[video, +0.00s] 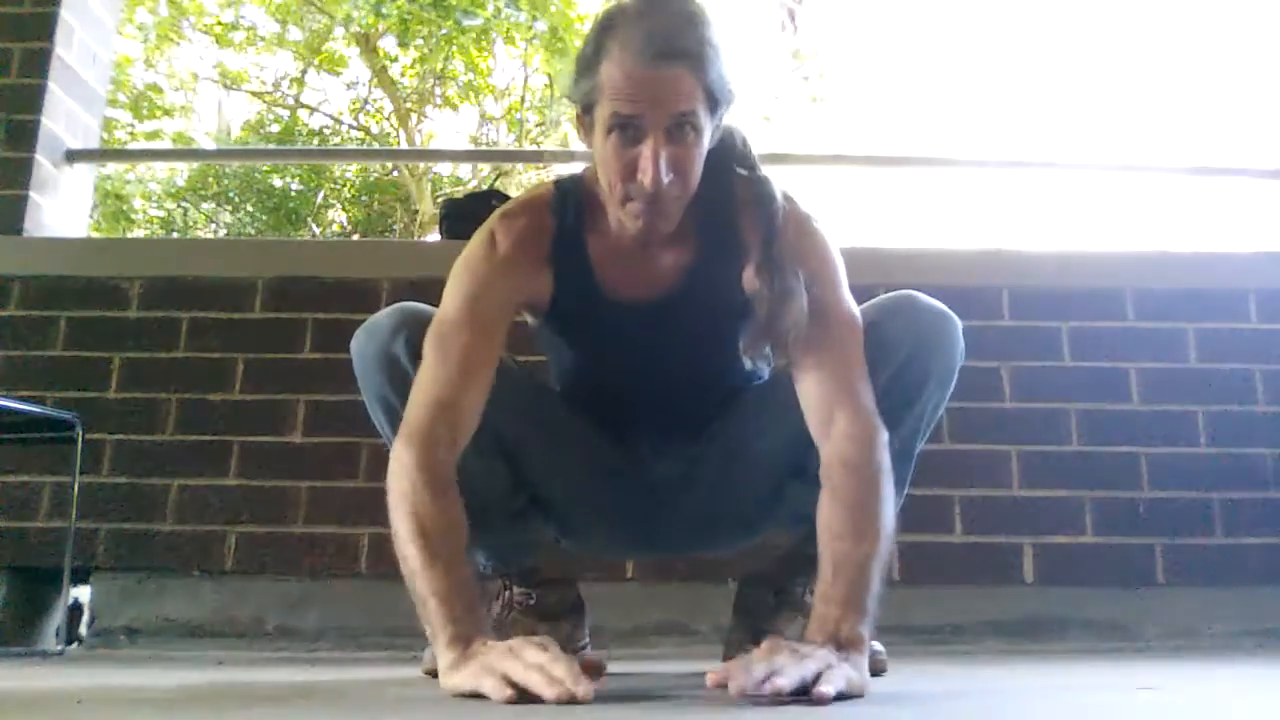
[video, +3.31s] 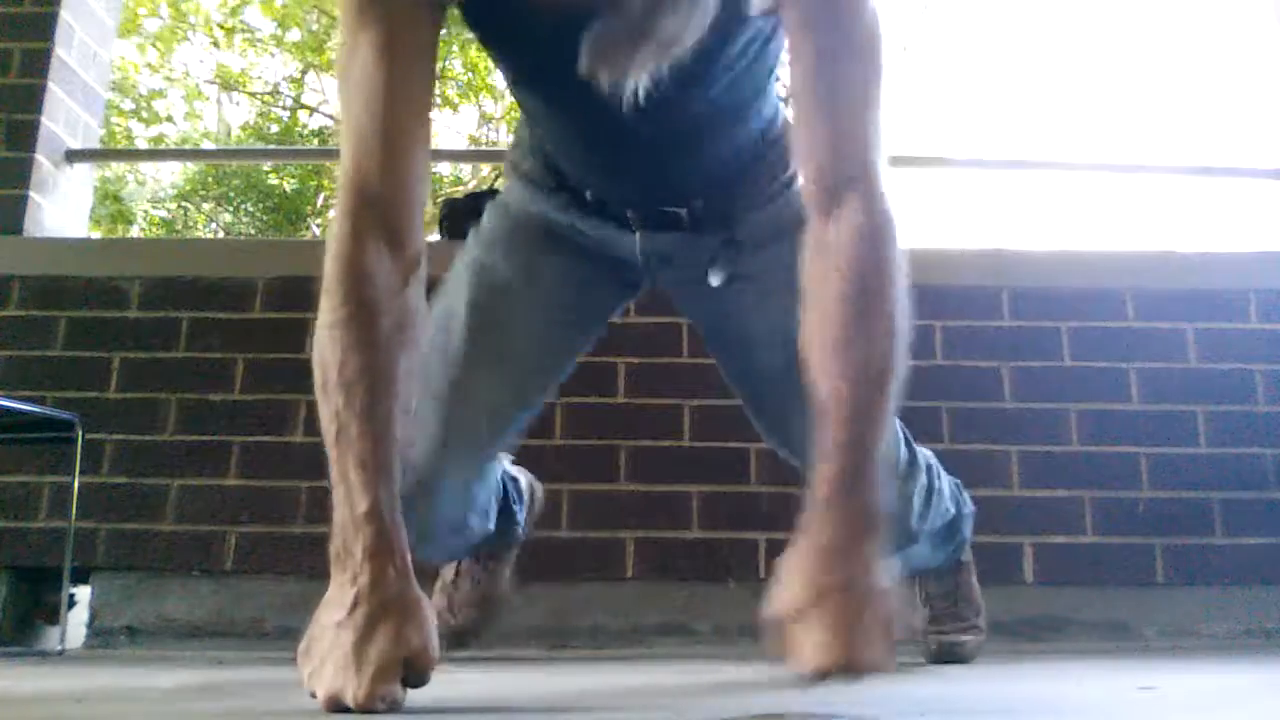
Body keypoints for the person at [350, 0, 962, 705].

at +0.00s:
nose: (653, 168)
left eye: (682, 131)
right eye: (625, 131)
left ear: (716, 126)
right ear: (584, 129)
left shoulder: (778, 235)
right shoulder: (517, 242)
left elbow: (851, 435)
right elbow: (420, 455)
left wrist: (838, 639)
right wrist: (459, 647)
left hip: (734, 478)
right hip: (587, 479)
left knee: (922, 328)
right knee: (391, 339)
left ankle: (778, 619)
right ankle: (542, 613)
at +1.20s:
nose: (647, 178)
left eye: (677, 142)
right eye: (619, 141)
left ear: (717, 129)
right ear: (584, 130)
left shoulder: (772, 210)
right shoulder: (521, 217)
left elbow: (839, 390)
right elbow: (426, 419)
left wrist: (819, 586)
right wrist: (464, 591)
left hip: (729, 472)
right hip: (584, 473)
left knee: (923, 325)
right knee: (381, 339)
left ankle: (792, 608)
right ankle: (520, 606)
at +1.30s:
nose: (648, 174)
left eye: (677, 139)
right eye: (621, 138)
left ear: (717, 126)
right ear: (584, 126)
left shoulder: (770, 201)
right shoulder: (525, 209)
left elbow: (852, 371)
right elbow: (412, 399)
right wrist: (446, 496)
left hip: (728, 479)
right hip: (584, 476)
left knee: (929, 327)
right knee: (377, 341)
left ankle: (783, 607)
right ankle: (536, 604)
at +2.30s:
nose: (648, 91)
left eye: (678, 45)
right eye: (613, 51)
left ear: (720, 31)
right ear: (568, 41)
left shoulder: (781, 111)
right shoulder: (511, 109)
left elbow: (835, 311)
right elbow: (425, 316)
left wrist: (827, 536)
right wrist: (414, 557)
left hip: (737, 401)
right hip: (578, 402)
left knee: (952, 361)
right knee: (352, 377)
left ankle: (796, 581)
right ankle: (534, 577)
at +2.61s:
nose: (618, 22)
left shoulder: (790, 14)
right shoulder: (462, 14)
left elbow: (823, 241)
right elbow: (403, 260)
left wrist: (807, 549)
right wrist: (408, 560)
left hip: (739, 306)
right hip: (562, 304)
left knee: (939, 406)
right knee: (330, 420)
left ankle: (792, 571)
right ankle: (516, 551)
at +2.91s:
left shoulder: (786, 13)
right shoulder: (396, 10)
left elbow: (812, 219)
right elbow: (368, 232)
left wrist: (795, 557)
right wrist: (366, 562)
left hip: (735, 205)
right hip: (555, 203)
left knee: (895, 482)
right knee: (353, 409)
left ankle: (891, 552)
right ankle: (528, 561)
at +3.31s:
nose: (620, 69)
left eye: (655, 45)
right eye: (606, 53)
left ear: (721, 6)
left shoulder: (812, 11)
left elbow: (846, 200)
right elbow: (375, 239)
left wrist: (843, 533)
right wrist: (364, 560)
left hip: (749, 209)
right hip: (556, 202)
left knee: (848, 460)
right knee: (413, 505)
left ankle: (937, 539)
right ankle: (491, 524)